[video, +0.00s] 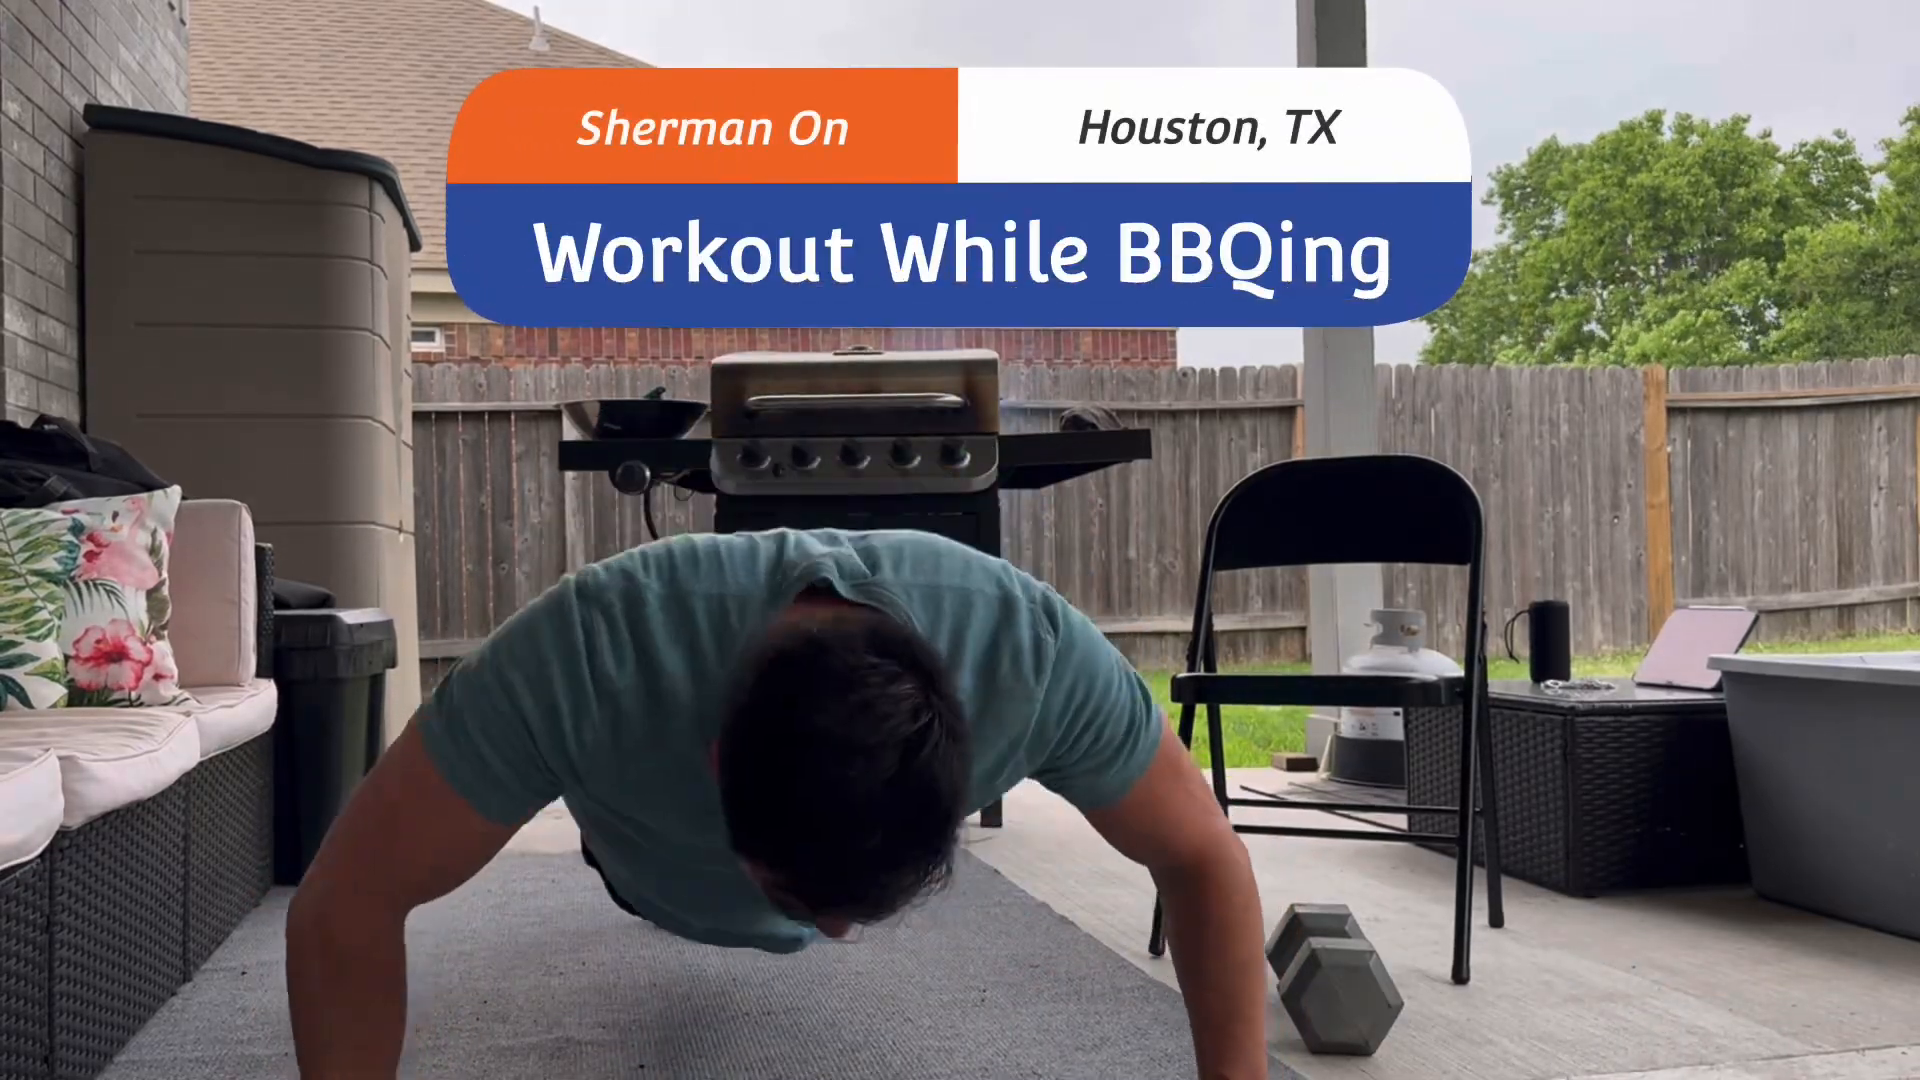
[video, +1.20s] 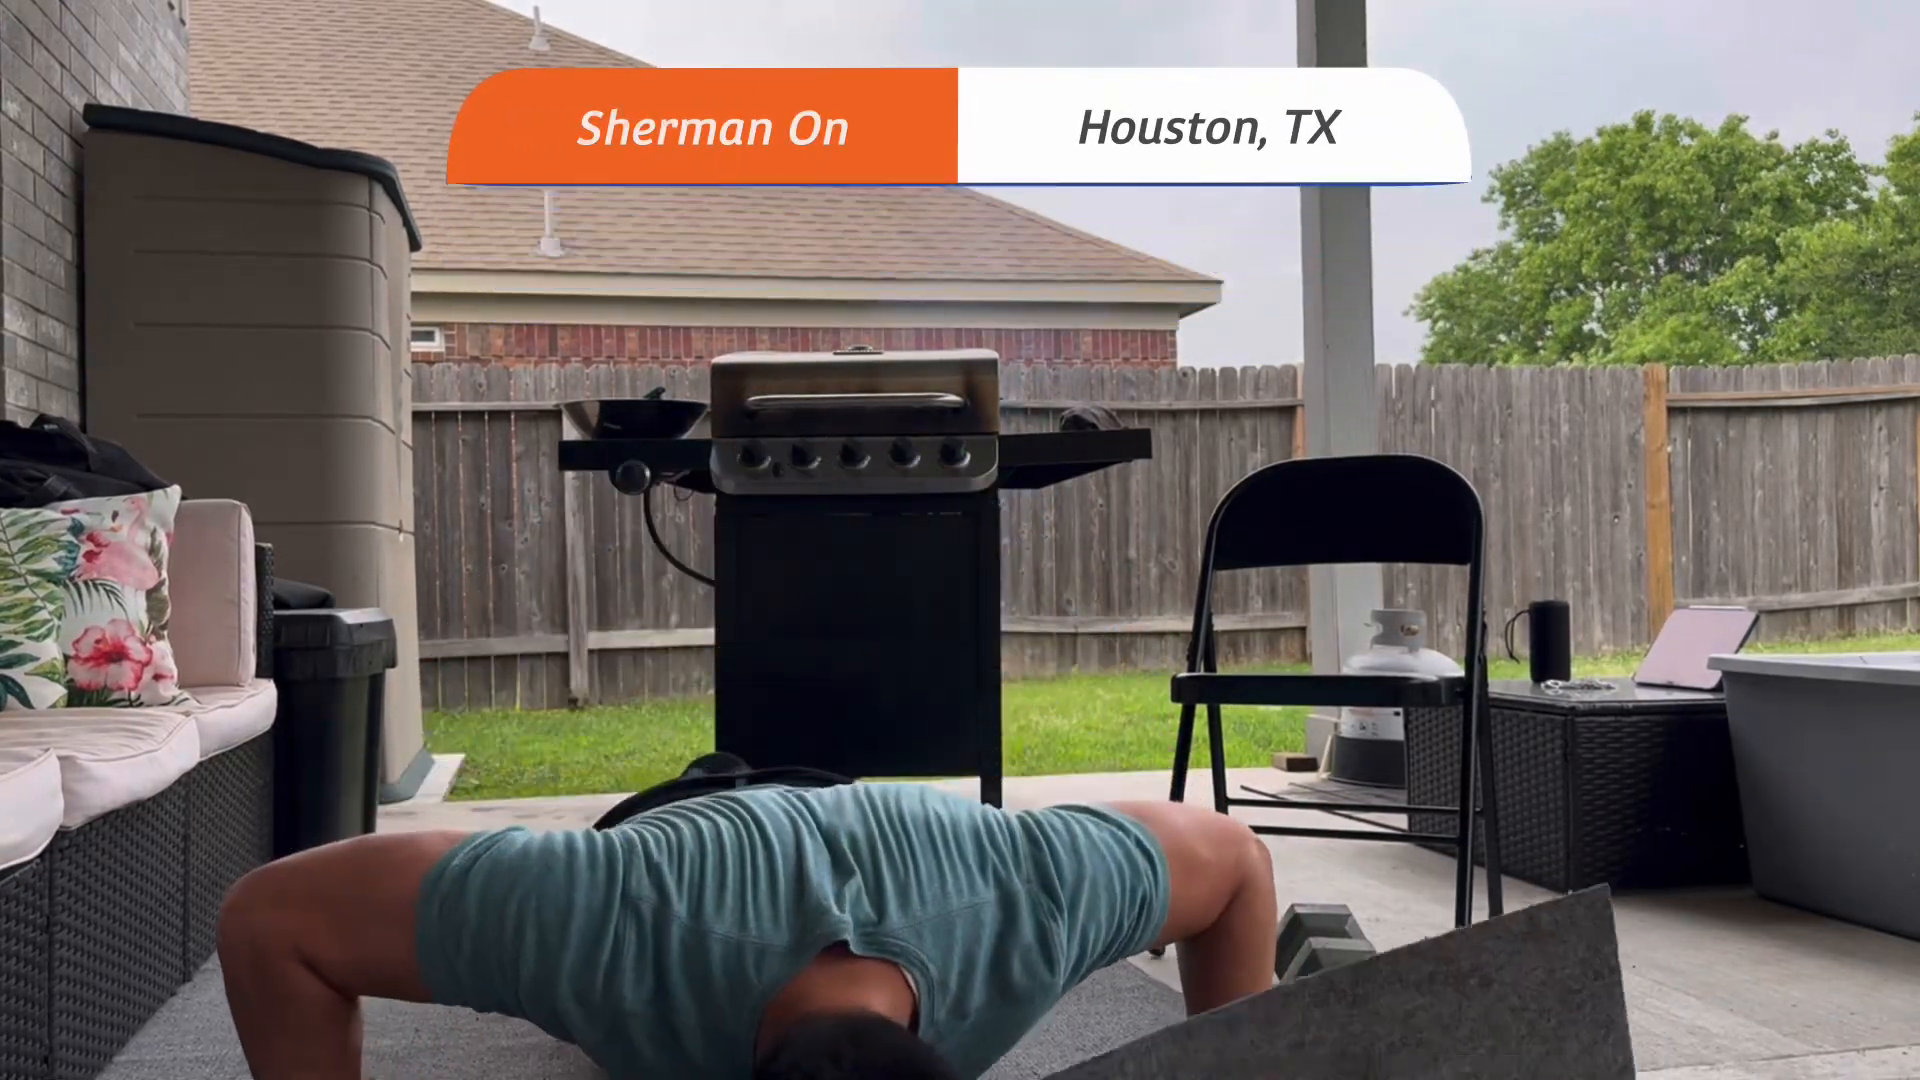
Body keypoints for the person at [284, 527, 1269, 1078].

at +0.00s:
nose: (830, 930)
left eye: (868, 913)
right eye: (792, 904)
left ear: (955, 794)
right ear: (724, 777)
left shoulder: (1030, 653)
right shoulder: (582, 656)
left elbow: (1205, 861)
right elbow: (346, 902)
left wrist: (1236, 1072)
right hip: (670, 869)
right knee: (678, 898)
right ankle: (637, 868)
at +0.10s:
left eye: (888, 1064)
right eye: (794, 1052)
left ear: (958, 925)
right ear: (732, 933)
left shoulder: (1043, 775)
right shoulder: (583, 779)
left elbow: (1248, 867)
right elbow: (293, 922)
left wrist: (1250, 1067)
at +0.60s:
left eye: (886, 1042)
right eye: (804, 1033)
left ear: (965, 866)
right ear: (733, 879)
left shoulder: (1047, 752)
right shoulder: (586, 766)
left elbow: (1233, 872)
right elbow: (299, 921)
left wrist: (1244, 1066)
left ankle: (1269, 950)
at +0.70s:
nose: (806, 877)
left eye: (857, 857)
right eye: (778, 845)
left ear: (952, 736)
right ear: (715, 716)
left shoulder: (1034, 624)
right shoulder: (574, 616)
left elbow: (1185, 859)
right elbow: (373, 899)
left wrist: (1230, 1067)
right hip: (657, 794)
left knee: (863, 861)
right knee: (687, 889)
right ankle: (664, 891)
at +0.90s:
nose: (802, 922)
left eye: (845, 913)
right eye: (776, 893)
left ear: (948, 787)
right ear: (716, 767)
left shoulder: (1020, 659)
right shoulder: (574, 660)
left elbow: (1185, 863)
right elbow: (333, 910)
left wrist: (1214, 1069)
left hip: (869, 829)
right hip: (646, 858)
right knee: (659, 906)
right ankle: (654, 885)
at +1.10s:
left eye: (890, 1030)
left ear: (937, 998)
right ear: (731, 1019)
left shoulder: (1037, 859)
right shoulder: (582, 871)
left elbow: (1231, 870)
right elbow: (265, 931)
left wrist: (1222, 1075)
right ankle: (440, 803)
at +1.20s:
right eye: (809, 1051)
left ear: (927, 1045)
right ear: (747, 1052)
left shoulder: (1039, 906)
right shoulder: (612, 938)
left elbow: (1234, 862)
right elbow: (270, 926)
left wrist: (1236, 1078)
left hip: (905, 819)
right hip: (678, 834)